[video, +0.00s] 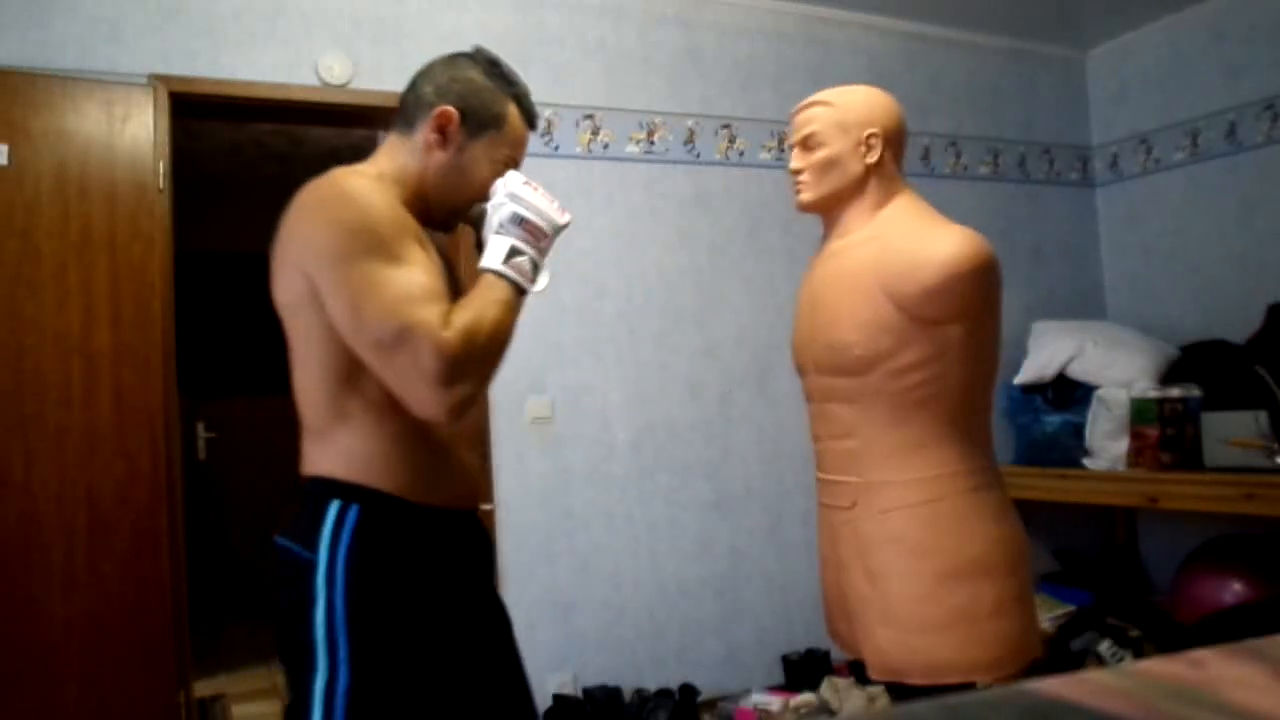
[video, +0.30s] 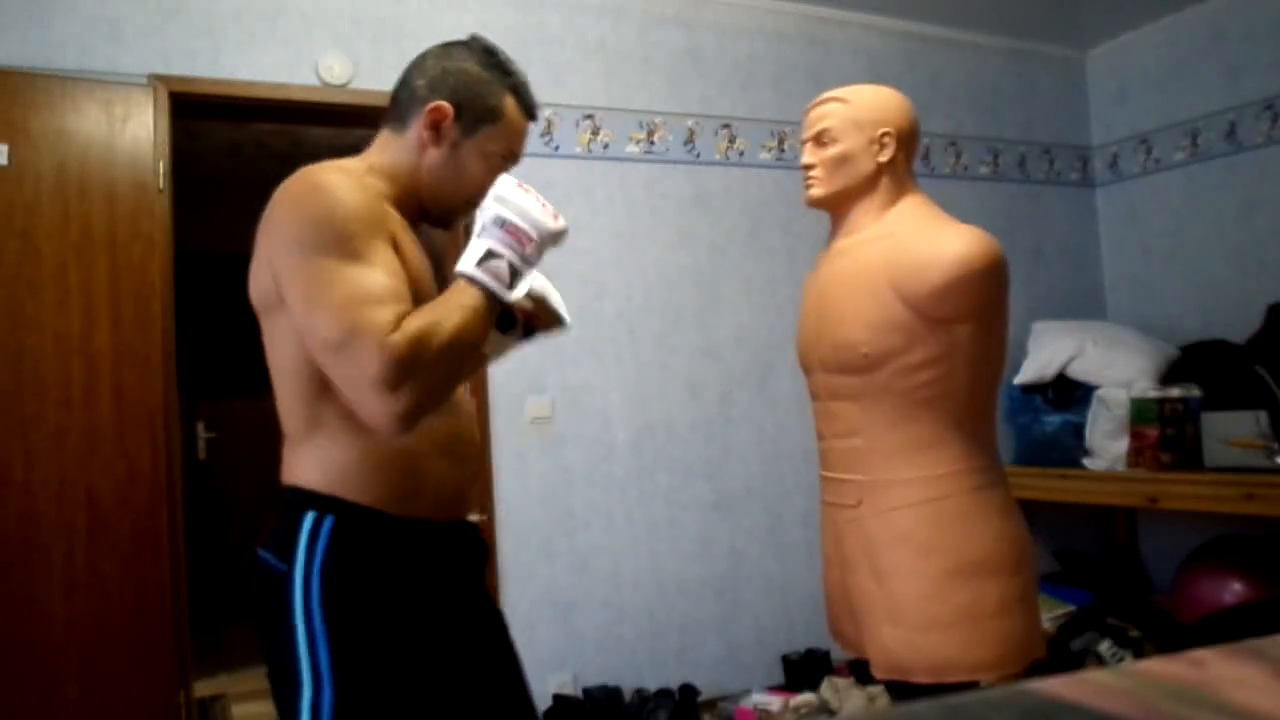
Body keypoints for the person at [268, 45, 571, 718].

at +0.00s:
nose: (499, 190)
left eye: (509, 173)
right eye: (501, 167)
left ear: (441, 134)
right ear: (444, 132)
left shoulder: (447, 233)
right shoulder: (342, 207)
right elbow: (440, 385)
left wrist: (508, 257)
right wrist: (515, 257)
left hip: (447, 544)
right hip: (366, 548)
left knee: (496, 716)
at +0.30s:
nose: (498, 188)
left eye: (507, 169)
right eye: (498, 163)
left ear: (433, 129)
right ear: (437, 126)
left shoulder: (424, 231)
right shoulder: (321, 202)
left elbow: (419, 377)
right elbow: (387, 389)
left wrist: (502, 328)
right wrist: (489, 272)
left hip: (442, 558)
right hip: (353, 565)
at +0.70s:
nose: (616, 225)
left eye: (622, 203)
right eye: (613, 198)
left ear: (559, 175)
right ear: (561, 173)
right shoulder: (514, 220)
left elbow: (532, 408)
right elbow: (605, 341)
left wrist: (636, 389)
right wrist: (691, 328)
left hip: (470, 543)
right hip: (433, 539)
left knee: (544, 710)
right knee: (412, 709)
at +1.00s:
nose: (576, 212)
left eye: (582, 193)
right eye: (575, 185)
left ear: (524, 160)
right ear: (527, 158)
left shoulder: (445, 220)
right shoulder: (475, 222)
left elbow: (445, 387)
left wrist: (537, 389)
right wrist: (590, 433)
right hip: (438, 522)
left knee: (521, 706)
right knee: (474, 708)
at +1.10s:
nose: (544, 206)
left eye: (549, 186)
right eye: (539, 179)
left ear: (485, 159)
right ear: (485, 156)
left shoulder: (449, 237)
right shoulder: (418, 228)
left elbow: (447, 391)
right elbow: (410, 403)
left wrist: (528, 408)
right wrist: (531, 438)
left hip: (445, 525)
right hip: (408, 528)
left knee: (519, 708)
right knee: (452, 713)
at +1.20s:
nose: (503, 220)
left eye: (506, 199)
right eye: (495, 194)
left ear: (437, 178)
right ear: (434, 174)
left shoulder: (415, 270)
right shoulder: (357, 264)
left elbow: (423, 434)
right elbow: (352, 450)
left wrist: (503, 477)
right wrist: (484, 494)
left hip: (430, 557)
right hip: (373, 562)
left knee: (530, 707)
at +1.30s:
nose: (465, 226)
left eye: (468, 206)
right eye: (455, 201)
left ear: (393, 187)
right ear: (389, 184)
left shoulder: (380, 304)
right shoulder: (295, 294)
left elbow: (391, 467)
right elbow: (270, 490)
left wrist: (471, 511)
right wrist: (431, 545)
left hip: (397, 595)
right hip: (325, 604)